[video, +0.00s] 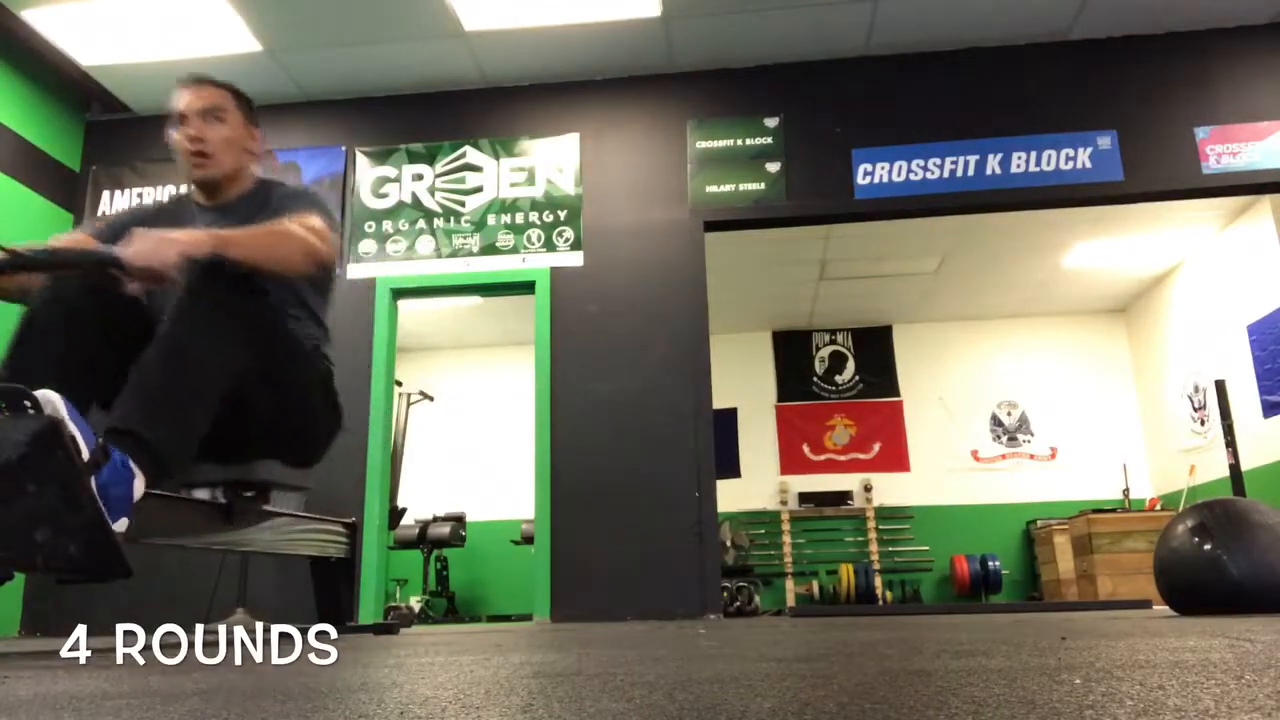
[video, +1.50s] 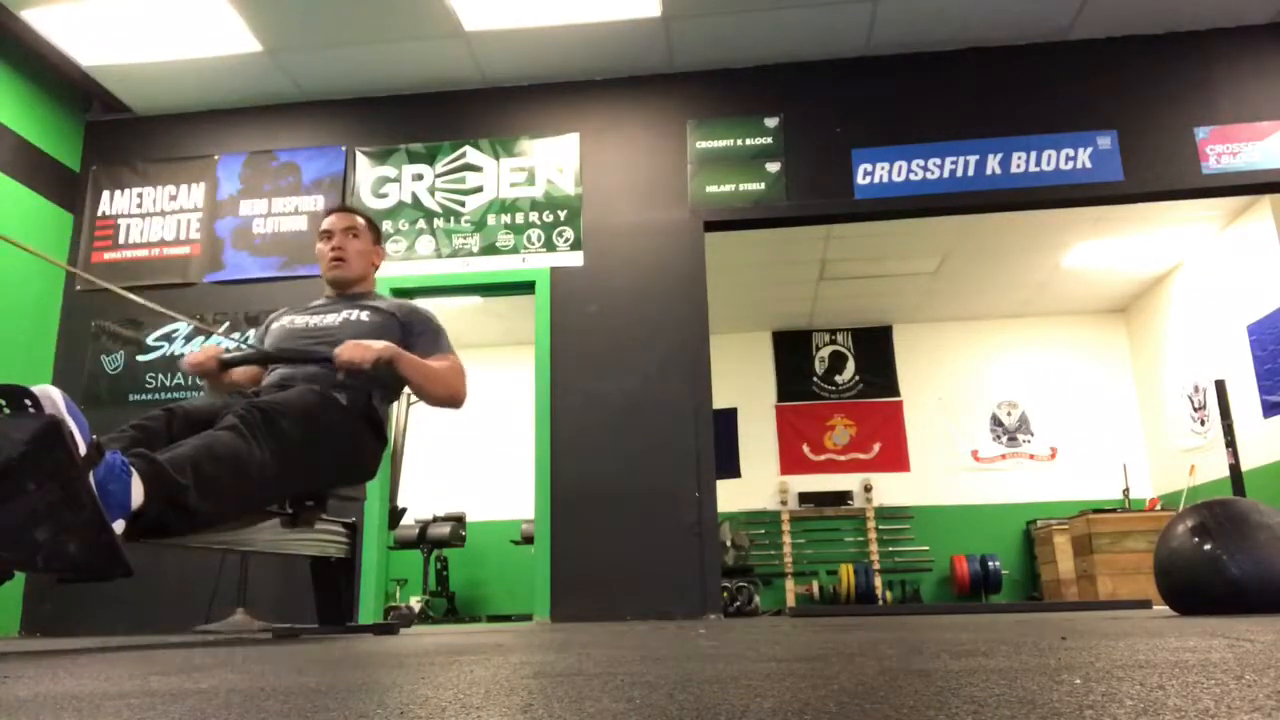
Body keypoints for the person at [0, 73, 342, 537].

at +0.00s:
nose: (193, 133)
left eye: (213, 118)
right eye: (182, 122)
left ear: (253, 139)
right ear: (171, 141)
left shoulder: (294, 203)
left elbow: (313, 250)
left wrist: (190, 242)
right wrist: (113, 263)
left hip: (286, 411)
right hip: (178, 410)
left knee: (220, 282)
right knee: (79, 289)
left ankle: (125, 470)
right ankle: (14, 442)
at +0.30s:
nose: (94, 75)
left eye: (119, 59)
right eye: (81, 65)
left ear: (170, 87)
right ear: (70, 91)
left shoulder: (223, 148)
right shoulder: (56, 175)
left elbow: (203, 186)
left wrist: (58, 160)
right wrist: (13, 169)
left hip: (231, 394)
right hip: (104, 384)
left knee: (180, 222)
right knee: (21, 230)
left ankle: (123, 450)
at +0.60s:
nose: (166, 91)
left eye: (191, 79)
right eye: (158, 81)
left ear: (234, 110)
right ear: (145, 107)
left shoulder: (271, 174)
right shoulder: (120, 187)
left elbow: (244, 218)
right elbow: (31, 222)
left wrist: (122, 179)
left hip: (250, 396)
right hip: (135, 388)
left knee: (187, 243)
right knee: (49, 253)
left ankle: (117, 458)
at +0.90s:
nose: (289, 173)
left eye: (307, 165)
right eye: (279, 165)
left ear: (337, 190)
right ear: (268, 185)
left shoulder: (358, 248)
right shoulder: (242, 253)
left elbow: (358, 289)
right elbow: (164, 299)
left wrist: (280, 263)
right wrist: (95, 289)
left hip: (326, 413)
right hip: (230, 402)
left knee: (250, 356)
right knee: (123, 347)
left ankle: (114, 489)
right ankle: (37, 469)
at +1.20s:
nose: (340, 247)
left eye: (354, 239)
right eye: (331, 241)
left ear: (382, 257)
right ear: (321, 258)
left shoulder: (407, 315)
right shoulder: (288, 314)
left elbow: (450, 386)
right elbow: (242, 379)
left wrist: (385, 346)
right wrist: (214, 355)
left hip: (345, 414)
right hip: (270, 407)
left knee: (254, 435)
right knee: (176, 421)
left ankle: (123, 493)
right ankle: (92, 476)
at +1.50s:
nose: (336, 244)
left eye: (350, 235)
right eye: (327, 237)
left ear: (377, 253)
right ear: (317, 254)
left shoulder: (406, 316)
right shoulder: (289, 319)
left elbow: (454, 391)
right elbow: (254, 379)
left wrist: (390, 353)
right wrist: (213, 371)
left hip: (342, 413)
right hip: (271, 408)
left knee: (250, 435)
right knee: (171, 420)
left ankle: (125, 491)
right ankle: (92, 475)